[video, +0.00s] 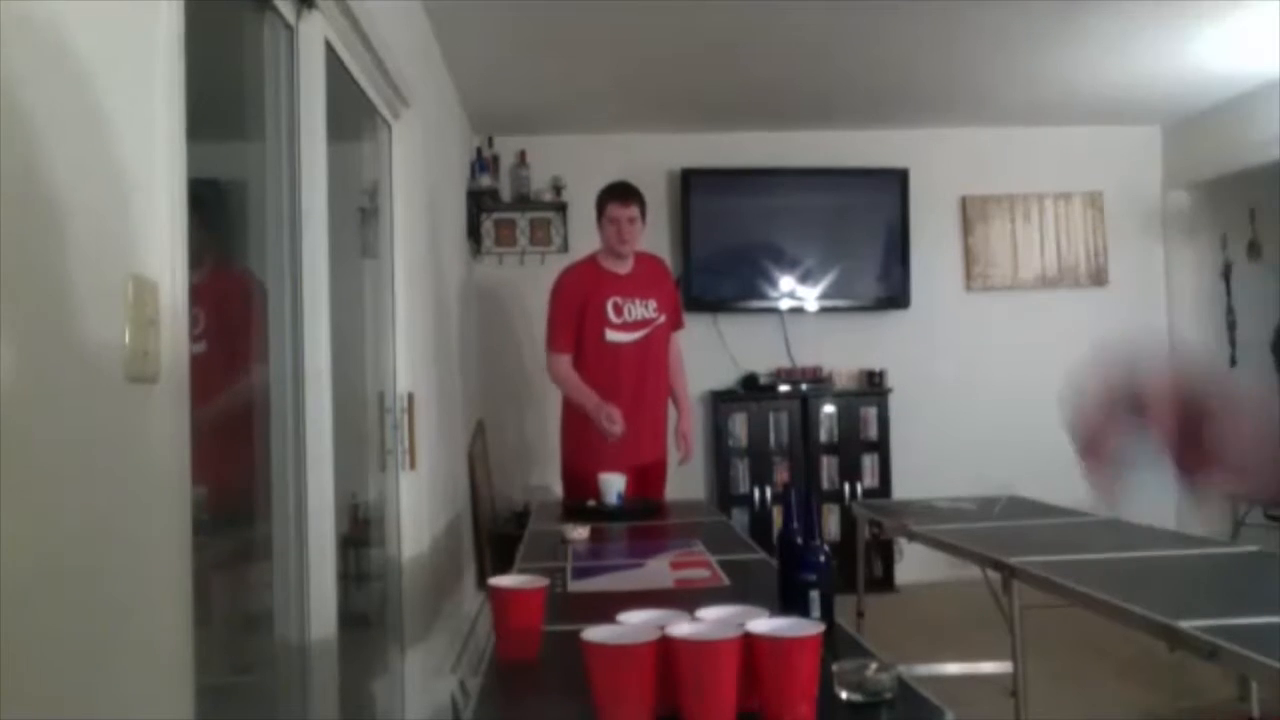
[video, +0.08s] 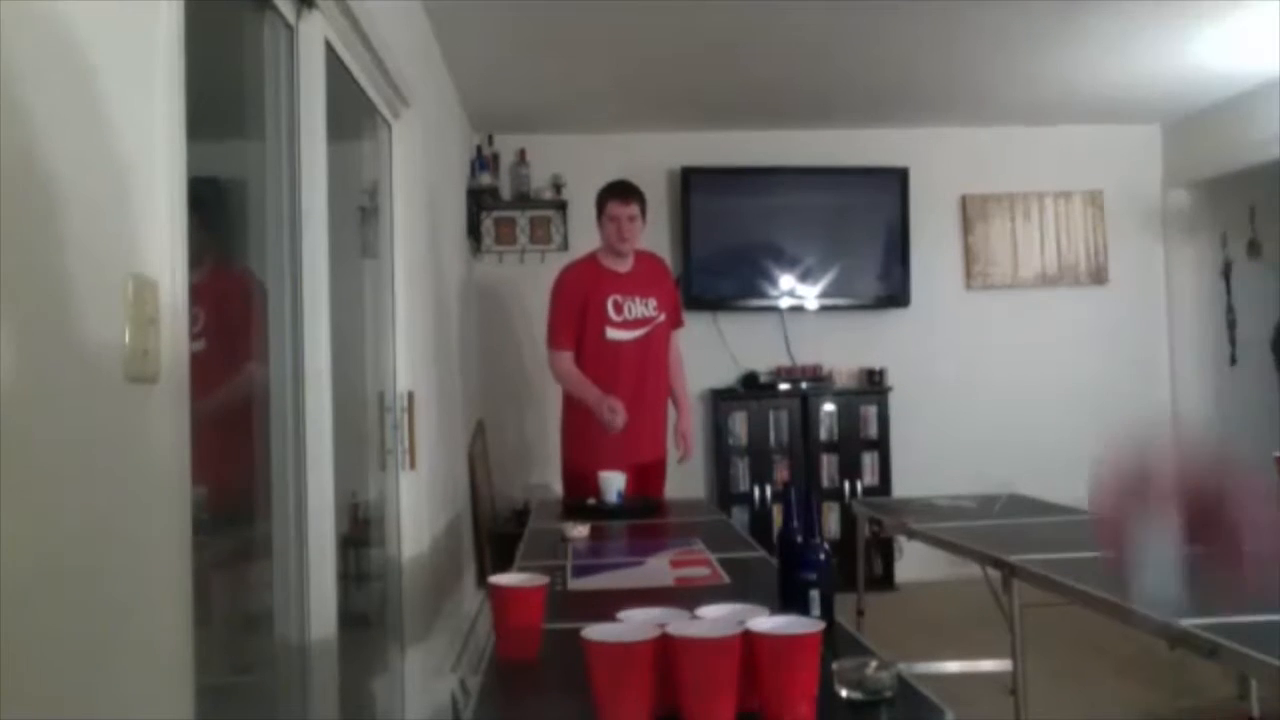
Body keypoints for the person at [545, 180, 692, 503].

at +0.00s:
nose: (623, 231)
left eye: (632, 222)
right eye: (613, 222)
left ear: (643, 225)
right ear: (599, 226)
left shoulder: (658, 274)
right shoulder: (574, 281)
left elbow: (670, 348)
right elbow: (558, 364)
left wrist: (684, 413)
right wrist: (595, 407)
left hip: (648, 440)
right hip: (592, 444)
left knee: (648, 542)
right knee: (594, 542)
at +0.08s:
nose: (623, 229)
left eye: (632, 220)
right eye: (613, 220)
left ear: (643, 224)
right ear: (599, 224)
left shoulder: (658, 272)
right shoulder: (575, 279)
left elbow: (670, 347)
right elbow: (560, 361)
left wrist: (684, 412)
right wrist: (597, 400)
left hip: (648, 439)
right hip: (592, 442)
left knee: (647, 540)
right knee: (593, 545)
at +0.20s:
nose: (623, 229)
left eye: (632, 220)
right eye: (613, 220)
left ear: (644, 225)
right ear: (599, 224)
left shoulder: (657, 272)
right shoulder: (576, 279)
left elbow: (669, 348)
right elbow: (564, 361)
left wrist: (681, 413)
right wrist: (601, 388)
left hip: (647, 438)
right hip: (593, 442)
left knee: (648, 540)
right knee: (594, 541)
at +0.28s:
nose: (624, 229)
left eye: (632, 220)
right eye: (614, 220)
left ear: (643, 225)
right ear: (599, 224)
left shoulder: (657, 272)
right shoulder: (576, 278)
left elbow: (668, 348)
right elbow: (566, 362)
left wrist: (681, 412)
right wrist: (603, 377)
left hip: (648, 439)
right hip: (593, 443)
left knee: (648, 541)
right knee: (594, 542)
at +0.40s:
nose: (623, 229)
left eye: (632, 220)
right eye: (614, 220)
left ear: (644, 225)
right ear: (599, 224)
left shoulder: (656, 272)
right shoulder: (577, 277)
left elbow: (667, 347)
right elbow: (568, 355)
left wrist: (680, 412)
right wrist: (608, 344)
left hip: (647, 435)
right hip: (593, 438)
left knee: (648, 542)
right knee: (594, 542)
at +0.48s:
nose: (623, 229)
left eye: (632, 220)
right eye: (614, 220)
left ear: (644, 225)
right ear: (599, 224)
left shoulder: (655, 271)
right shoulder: (577, 277)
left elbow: (667, 346)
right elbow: (570, 351)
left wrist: (680, 412)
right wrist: (606, 326)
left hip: (646, 433)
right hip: (593, 436)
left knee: (648, 540)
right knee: (594, 541)